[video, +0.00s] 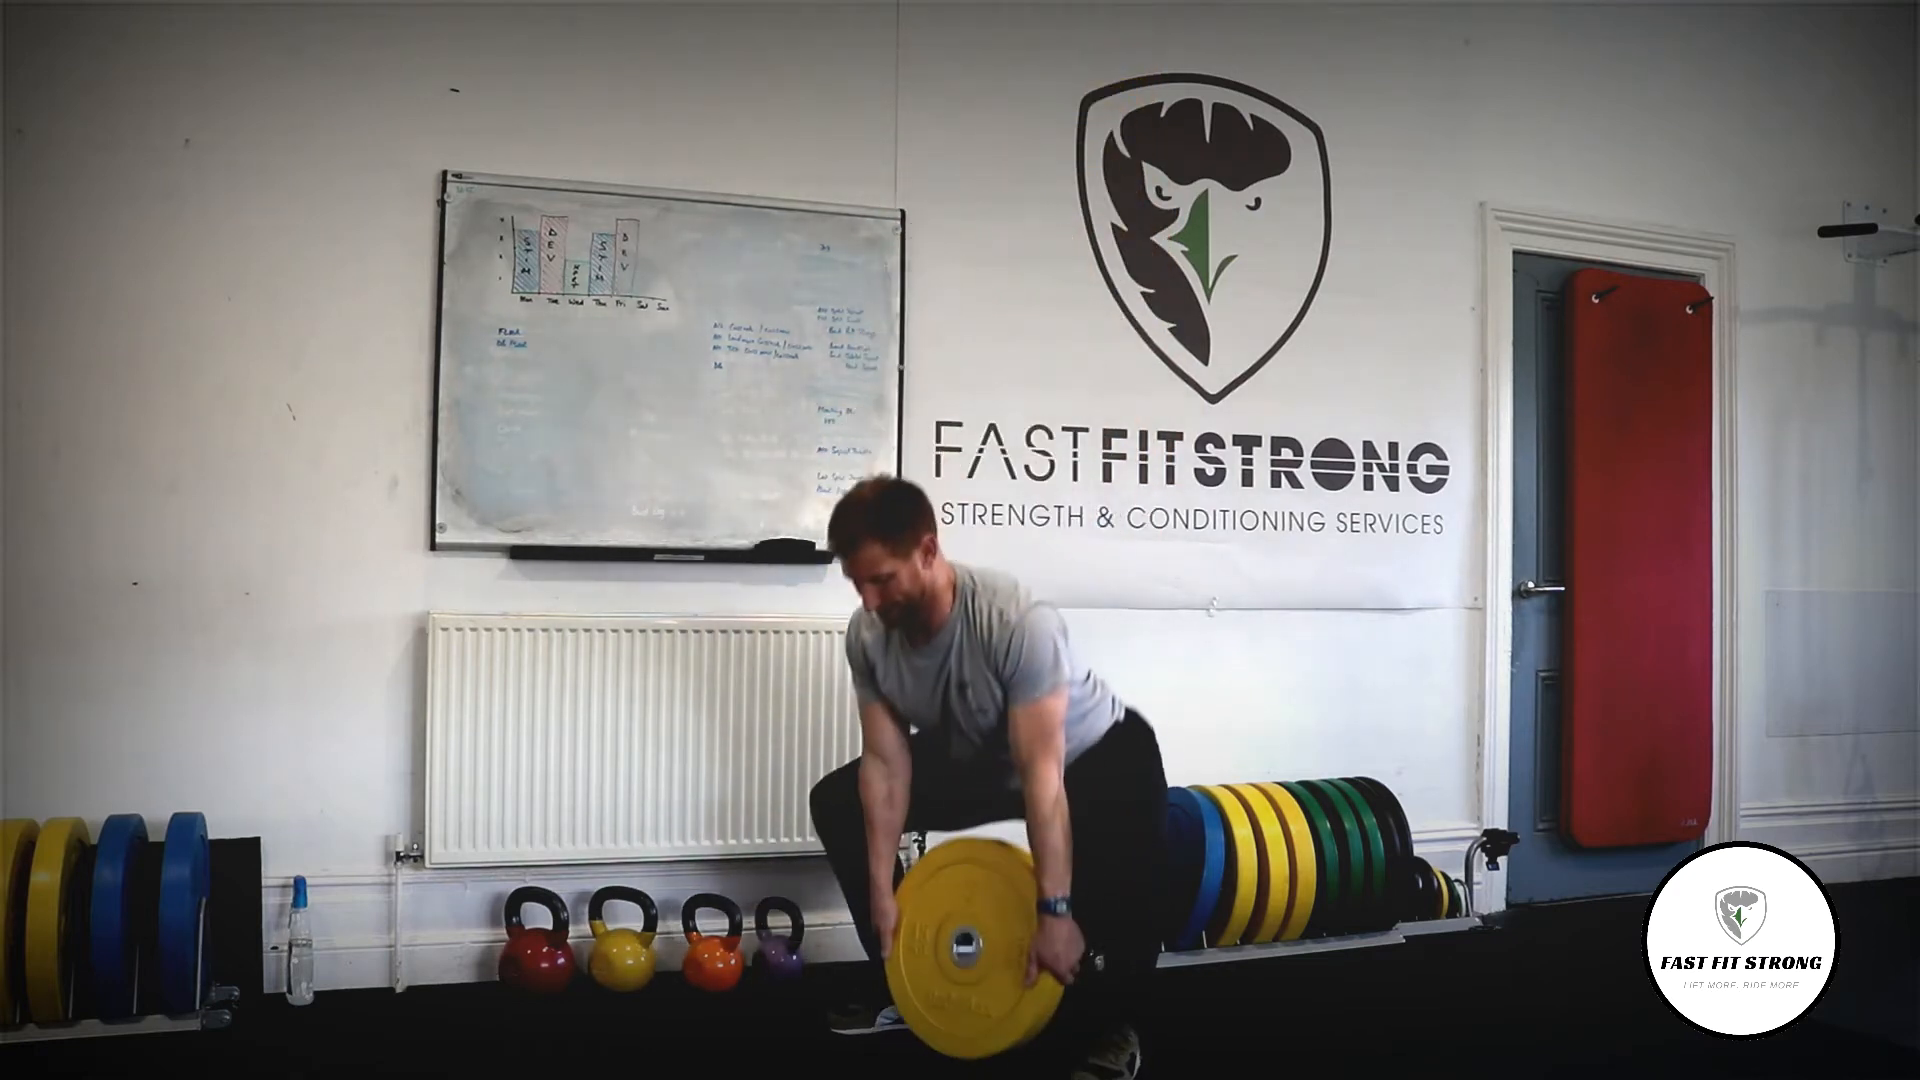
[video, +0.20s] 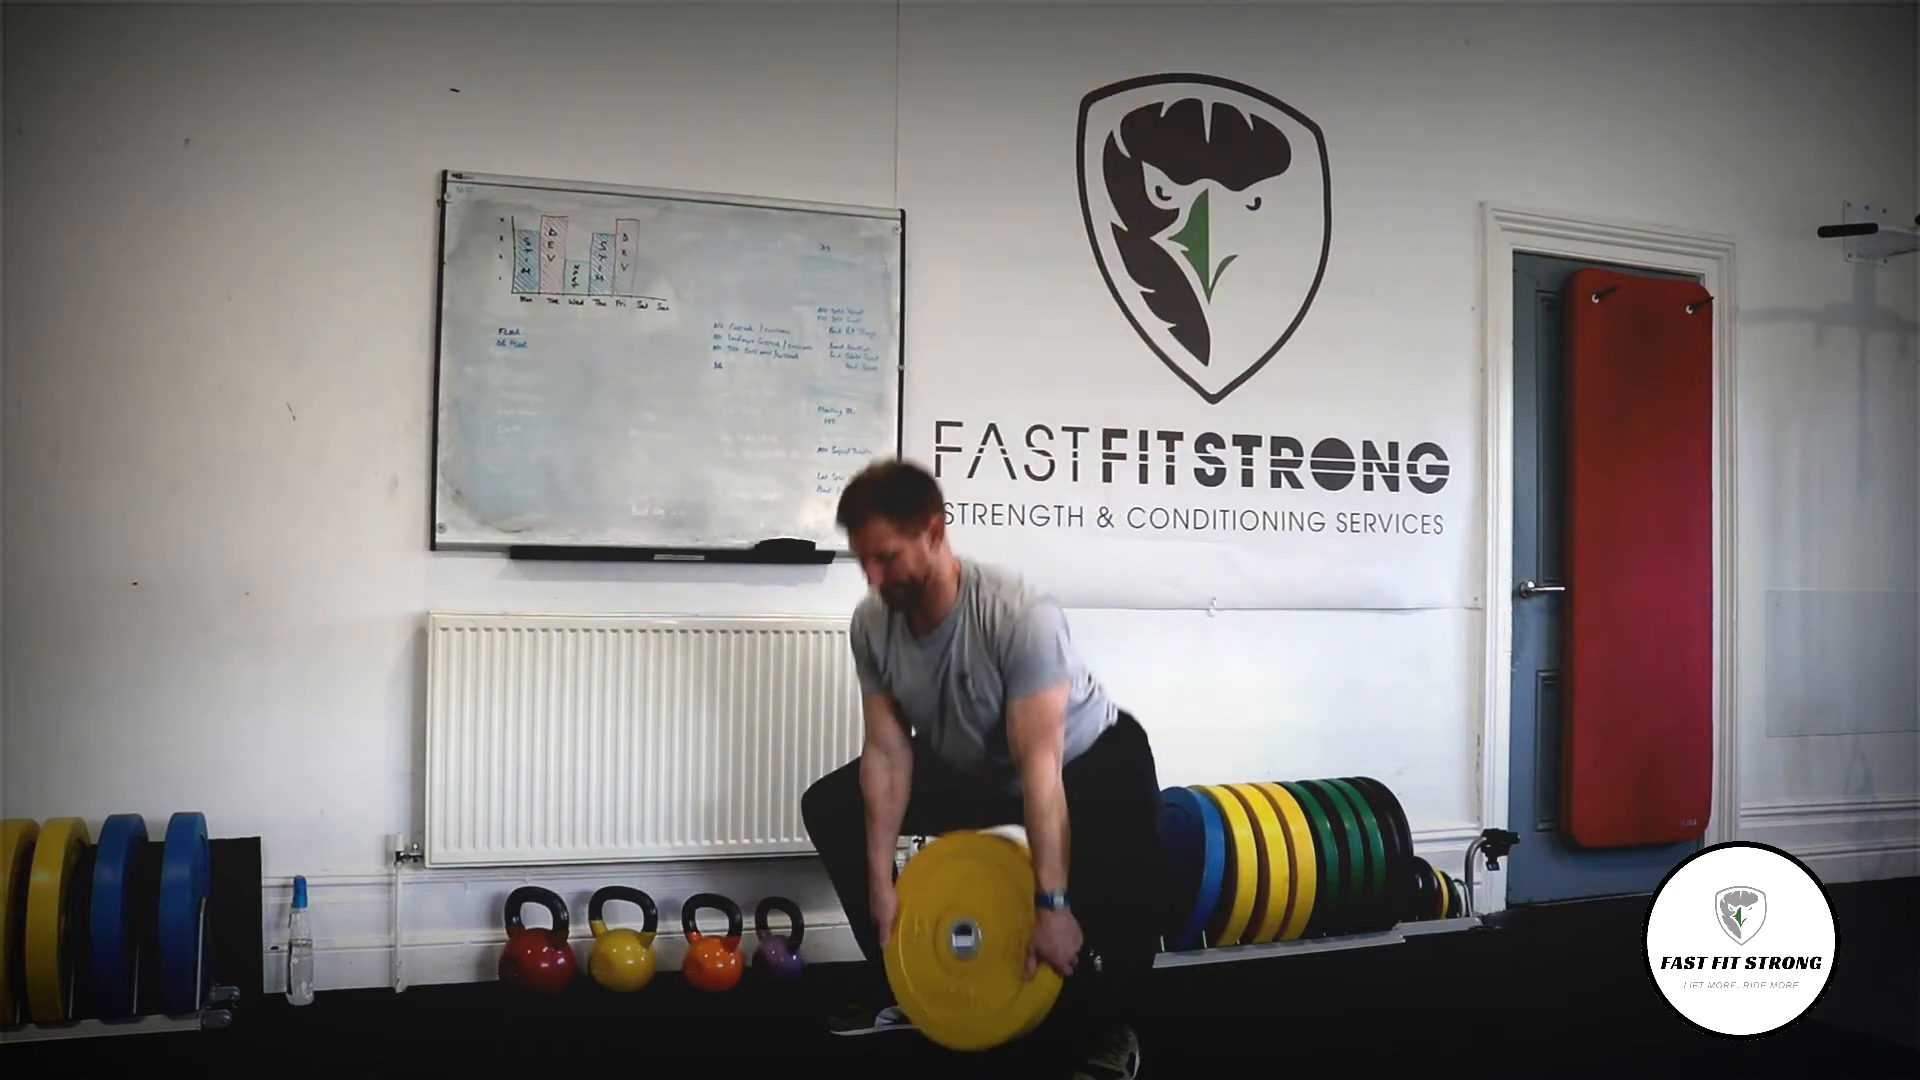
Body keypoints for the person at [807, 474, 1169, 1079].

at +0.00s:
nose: (871, 600)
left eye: (882, 580)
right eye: (858, 584)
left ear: (928, 551)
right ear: (847, 572)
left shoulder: (1018, 620)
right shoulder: (867, 637)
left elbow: (1041, 771)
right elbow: (884, 763)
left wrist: (1056, 910)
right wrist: (881, 891)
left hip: (1091, 756)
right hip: (978, 765)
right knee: (838, 801)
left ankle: (1113, 1028)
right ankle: (901, 988)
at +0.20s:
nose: (876, 578)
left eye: (886, 558)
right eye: (864, 562)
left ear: (935, 532)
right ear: (854, 554)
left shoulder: (1020, 614)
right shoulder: (872, 625)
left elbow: (1040, 761)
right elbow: (886, 751)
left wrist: (1053, 901)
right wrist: (881, 877)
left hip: (1082, 761)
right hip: (968, 773)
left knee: (1121, 858)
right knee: (829, 805)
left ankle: (1114, 1029)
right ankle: (901, 989)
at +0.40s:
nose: (887, 436)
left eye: (901, 418)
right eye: (879, 421)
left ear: (950, 407)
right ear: (873, 421)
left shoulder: (1025, 490)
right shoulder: (884, 507)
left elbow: (1085, 617)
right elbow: (890, 626)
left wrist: (1058, 755)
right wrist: (877, 750)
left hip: (1084, 678)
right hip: (979, 683)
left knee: (1108, 840)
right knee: (859, 790)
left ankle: (1109, 1025)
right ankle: (910, 986)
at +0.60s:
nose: (949, 276)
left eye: (966, 262)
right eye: (944, 263)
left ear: (1014, 272)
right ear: (939, 275)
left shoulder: (1068, 369)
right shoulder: (925, 380)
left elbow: (1134, 492)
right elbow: (914, 494)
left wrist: (1067, 544)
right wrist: (873, 551)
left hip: (1065, 612)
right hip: (962, 612)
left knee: (1098, 805)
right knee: (894, 790)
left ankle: (1115, 1017)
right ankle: (916, 991)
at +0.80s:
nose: (1031, 248)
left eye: (1051, 240)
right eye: (1024, 237)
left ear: (1085, 275)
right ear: (1005, 260)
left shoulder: (1100, 362)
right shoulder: (959, 347)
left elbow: (1118, 479)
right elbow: (896, 471)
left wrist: (1060, 372)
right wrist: (873, 370)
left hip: (1036, 600)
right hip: (934, 598)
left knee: (1065, 807)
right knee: (915, 803)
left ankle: (1100, 1012)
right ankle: (920, 989)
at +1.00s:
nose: (1042, 249)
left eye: (1064, 247)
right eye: (1041, 241)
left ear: (1085, 284)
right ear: (1018, 272)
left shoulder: (1078, 363)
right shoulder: (950, 344)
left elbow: (1102, 299)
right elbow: (848, 299)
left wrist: (1090, 197)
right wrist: (907, 206)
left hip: (1022, 604)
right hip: (918, 605)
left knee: (1059, 813)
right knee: (909, 813)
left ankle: (1098, 1016)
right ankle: (918, 993)